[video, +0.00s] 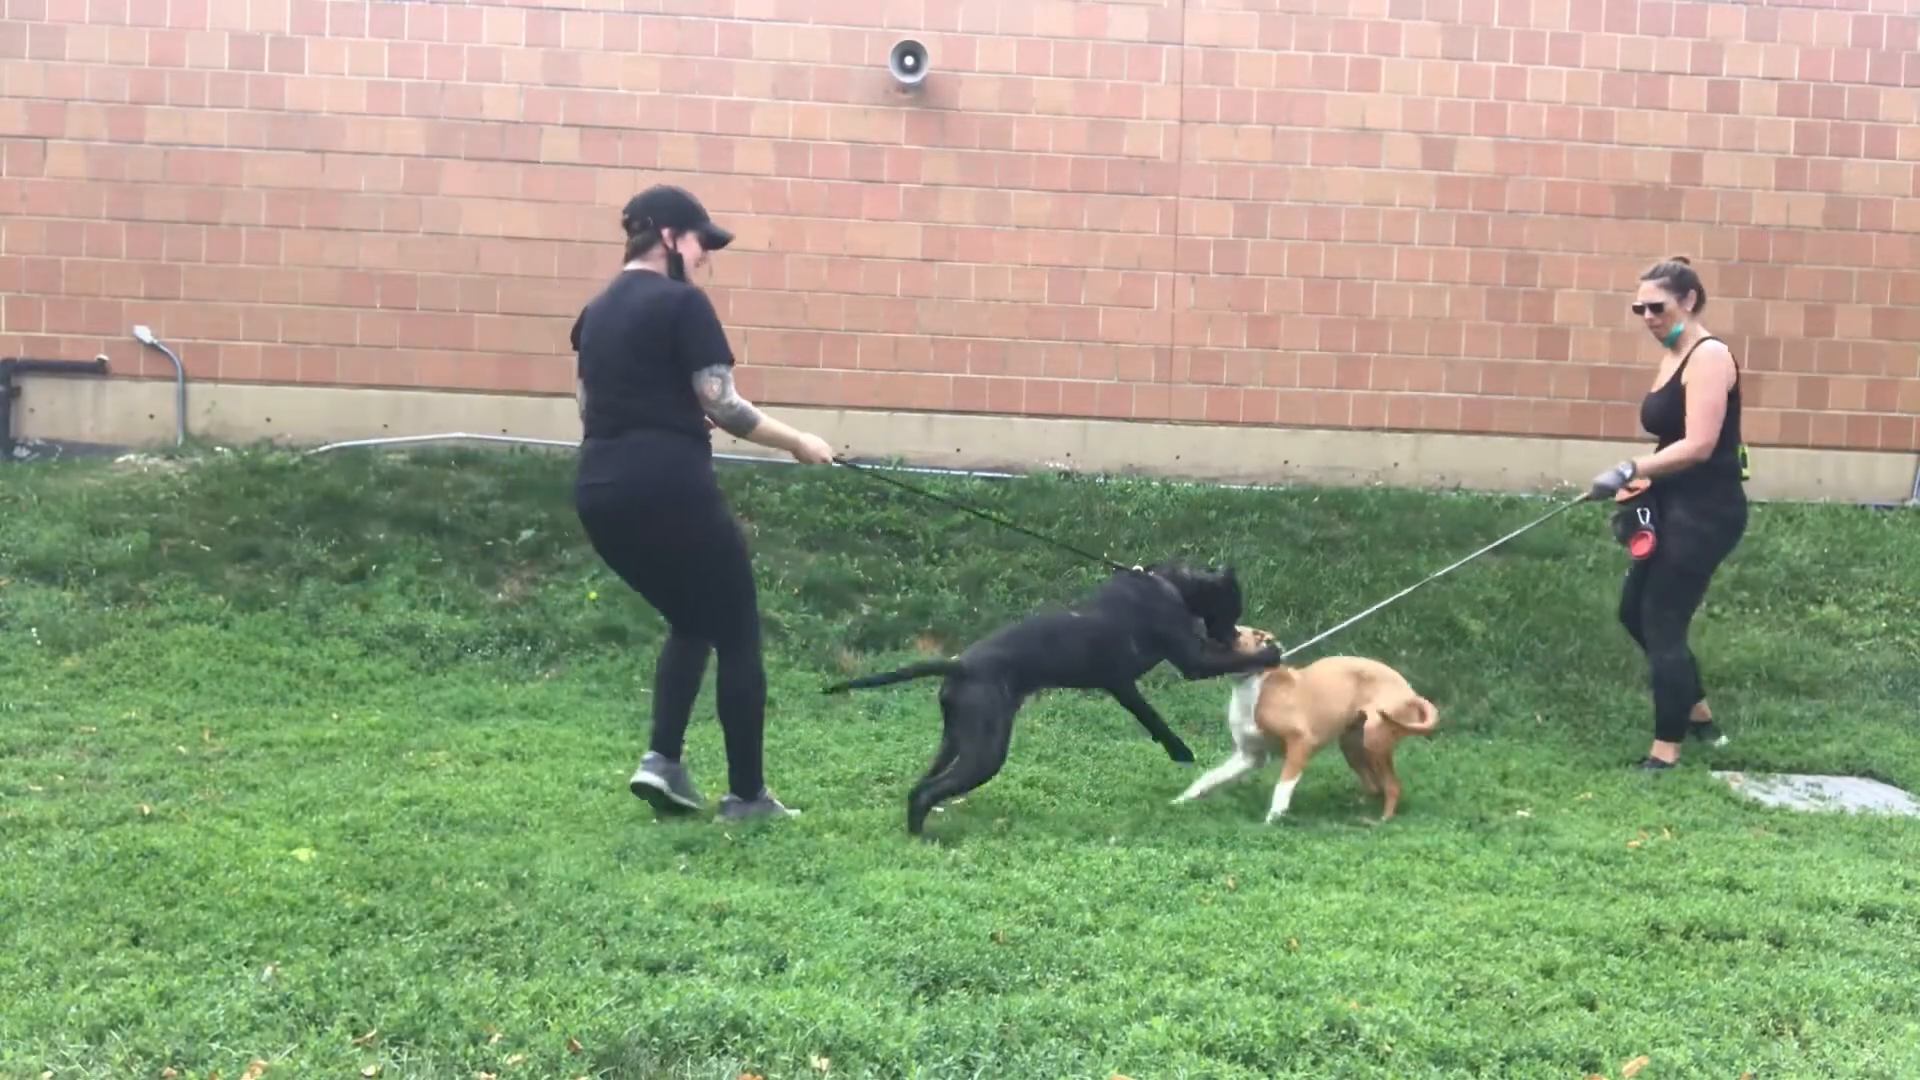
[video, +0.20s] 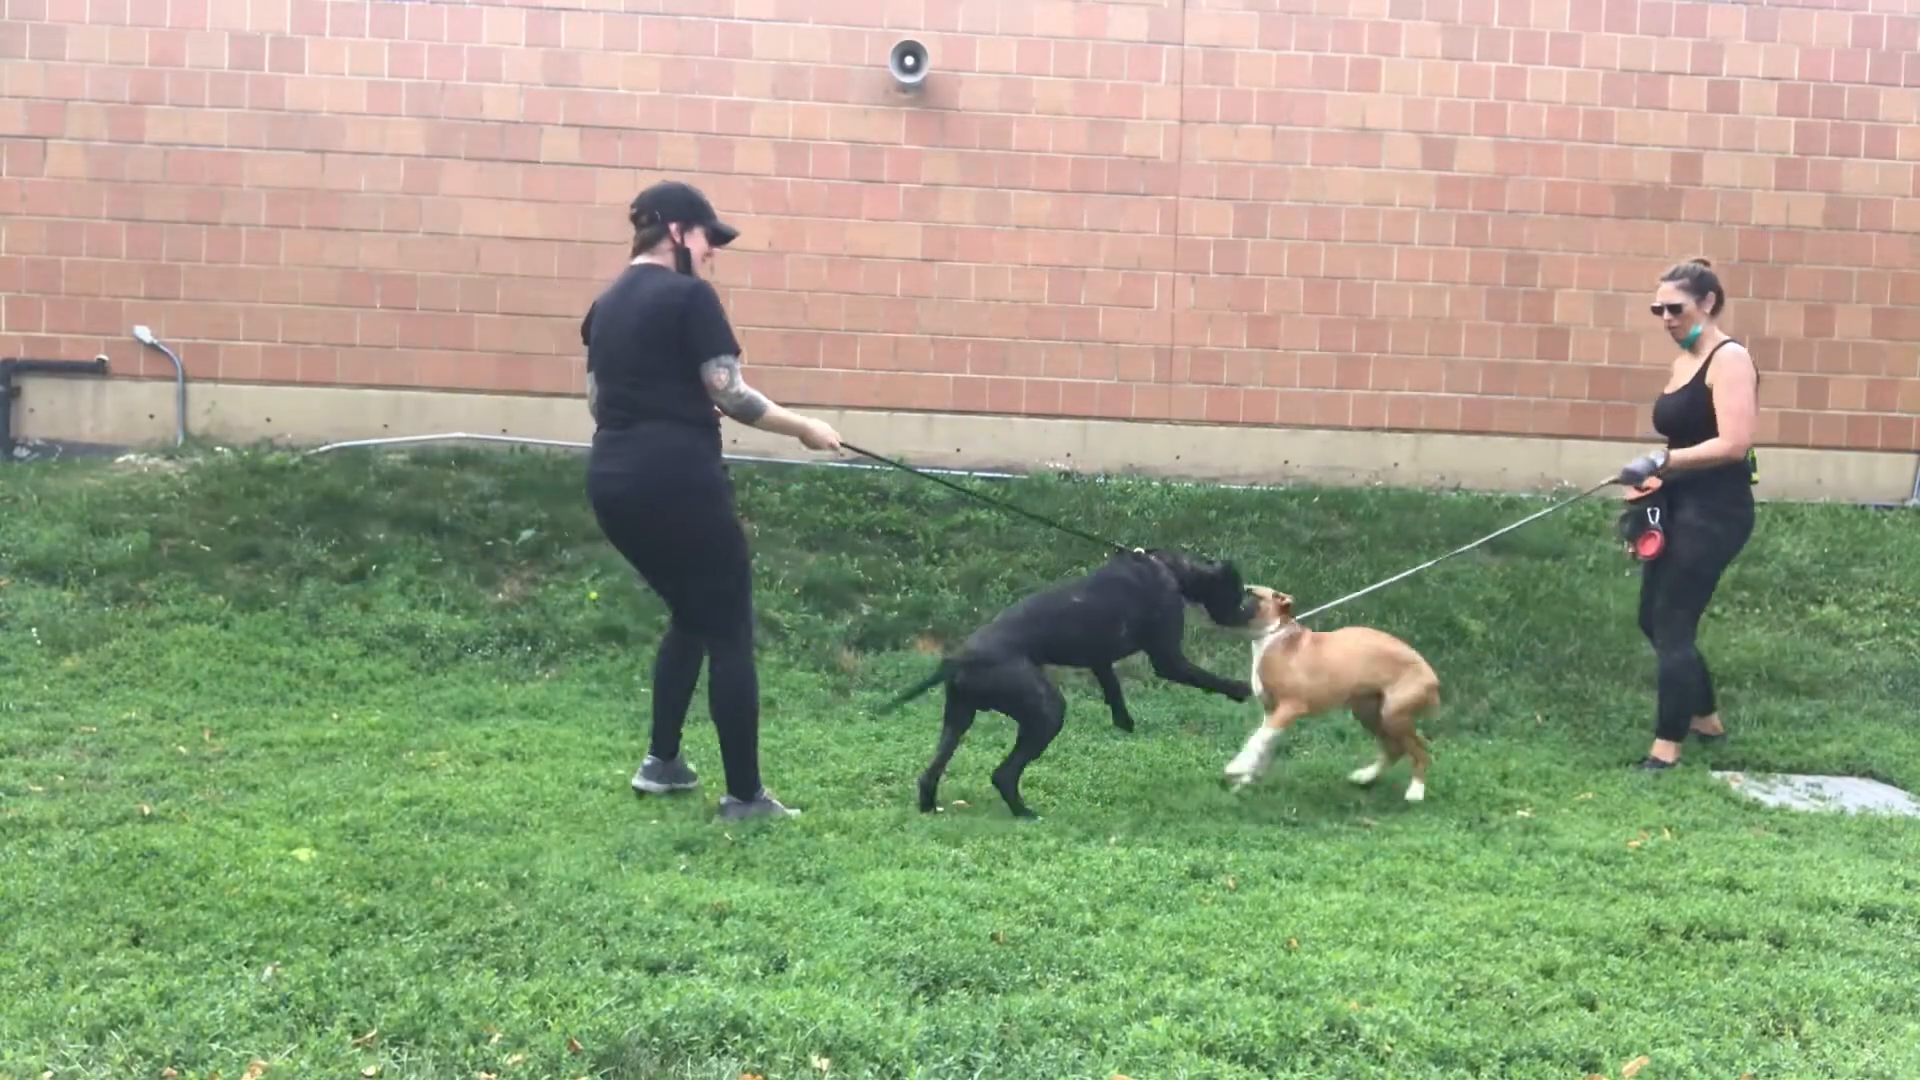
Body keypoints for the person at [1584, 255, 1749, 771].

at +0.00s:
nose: (1647, 318)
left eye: (1656, 308)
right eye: (1641, 310)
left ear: (1688, 302)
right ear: (1641, 309)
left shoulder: (1710, 357)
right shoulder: (1676, 356)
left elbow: (1702, 446)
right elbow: (1672, 442)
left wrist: (1630, 471)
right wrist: (1640, 495)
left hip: (1707, 508)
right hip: (1676, 504)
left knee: (1664, 622)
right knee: (1636, 611)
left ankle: (1664, 752)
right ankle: (1699, 716)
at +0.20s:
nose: (1666, 319)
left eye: (1675, 309)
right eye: (1660, 311)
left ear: (1707, 304)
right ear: (1660, 309)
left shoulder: (1731, 359)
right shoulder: (1684, 360)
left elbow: (1735, 444)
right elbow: (1681, 440)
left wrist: (1662, 461)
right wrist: (1648, 496)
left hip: (1717, 506)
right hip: (1681, 501)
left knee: (1674, 620)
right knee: (1653, 616)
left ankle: (1666, 747)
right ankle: (1706, 718)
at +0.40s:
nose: (1683, 314)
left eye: (1692, 304)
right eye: (1678, 306)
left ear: (1725, 300)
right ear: (1677, 307)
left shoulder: (1753, 357)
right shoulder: (1693, 361)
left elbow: (1751, 443)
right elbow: (1681, 448)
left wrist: (1684, 460)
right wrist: (1647, 508)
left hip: (1735, 502)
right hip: (1693, 497)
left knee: (1684, 605)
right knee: (1674, 605)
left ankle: (1670, 738)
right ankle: (1708, 719)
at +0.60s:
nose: (1696, 311)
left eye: (1706, 301)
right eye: (1691, 302)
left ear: (1739, 298)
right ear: (1690, 302)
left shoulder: (1766, 355)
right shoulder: (1705, 357)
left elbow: (1741, 435)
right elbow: (1693, 441)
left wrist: (1681, 451)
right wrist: (1662, 505)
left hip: (1747, 501)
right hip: (1704, 496)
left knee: (1696, 599)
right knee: (1689, 602)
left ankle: (1734, 735)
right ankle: (1709, 726)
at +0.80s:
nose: (1703, 308)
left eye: (1712, 298)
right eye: (1698, 299)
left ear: (1746, 295)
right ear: (1698, 300)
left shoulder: (1766, 355)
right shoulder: (1719, 356)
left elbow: (1711, 422)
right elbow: (1716, 439)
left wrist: (1641, 448)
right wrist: (1692, 486)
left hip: (1754, 501)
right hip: (1714, 496)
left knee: (1728, 611)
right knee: (1697, 609)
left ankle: (1769, 748)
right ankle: (1709, 727)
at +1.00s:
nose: (1712, 304)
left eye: (1722, 295)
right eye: (1708, 295)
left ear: (1757, 292)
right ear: (1712, 296)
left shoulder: (1775, 353)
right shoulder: (1731, 349)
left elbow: (1710, 424)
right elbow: (1722, 434)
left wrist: (1642, 457)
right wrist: (1704, 491)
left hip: (1770, 502)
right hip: (1723, 495)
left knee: (1749, 615)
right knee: (1708, 610)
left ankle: (1770, 755)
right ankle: (1708, 729)